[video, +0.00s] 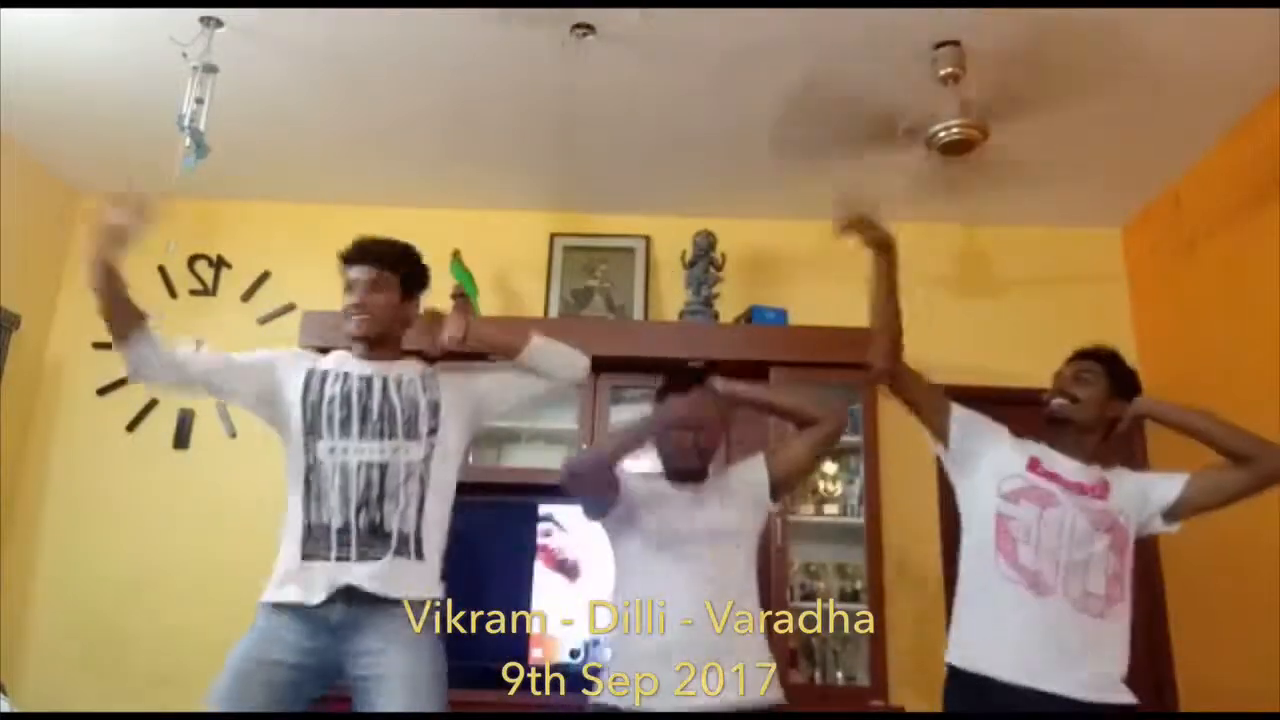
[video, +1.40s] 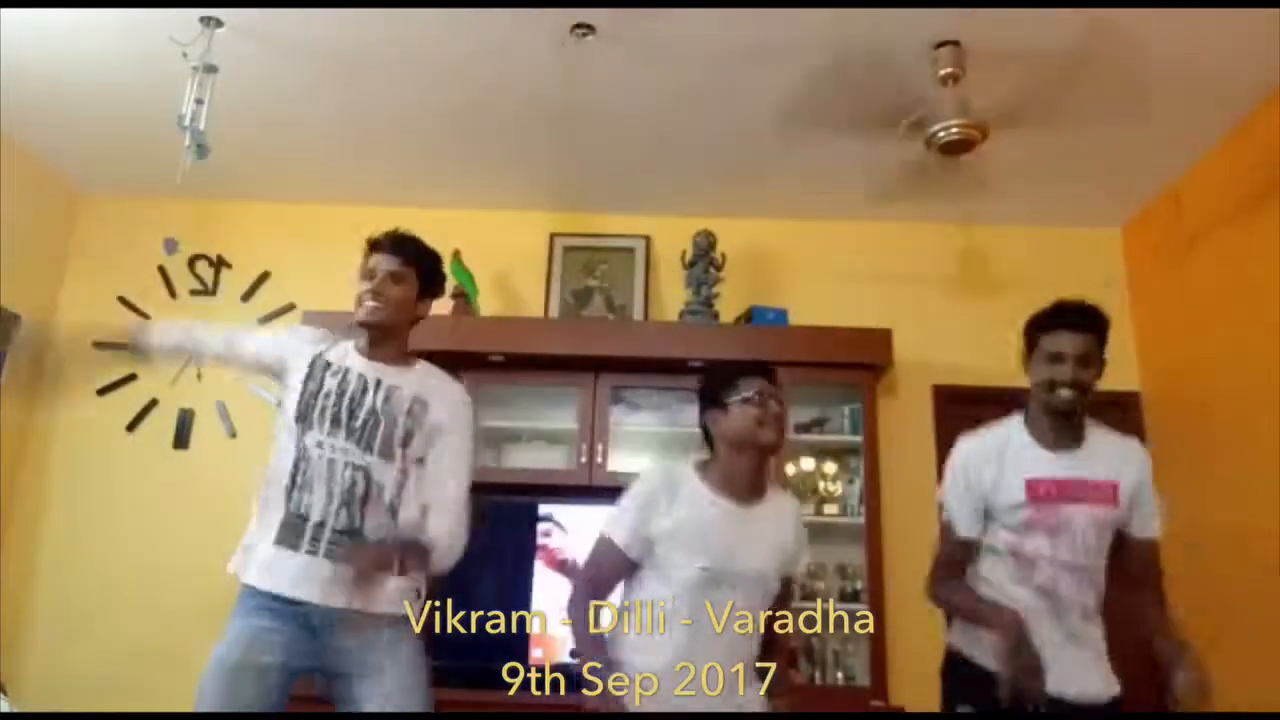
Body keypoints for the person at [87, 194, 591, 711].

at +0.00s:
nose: (356, 299)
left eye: (373, 287)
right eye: (349, 288)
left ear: (411, 304)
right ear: (340, 299)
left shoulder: (454, 389)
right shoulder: (295, 374)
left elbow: (575, 370)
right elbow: (154, 362)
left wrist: (481, 334)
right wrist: (104, 265)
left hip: (400, 616)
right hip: (297, 609)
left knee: (410, 710)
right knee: (226, 707)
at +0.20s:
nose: (355, 316)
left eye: (375, 313)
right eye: (359, 309)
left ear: (412, 347)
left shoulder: (445, 420)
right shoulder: (293, 399)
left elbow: (567, 393)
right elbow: (167, 340)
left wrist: (478, 335)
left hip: (380, 660)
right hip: (273, 651)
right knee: (211, 710)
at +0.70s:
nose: (370, 318)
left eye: (390, 312)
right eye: (378, 309)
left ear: (427, 341)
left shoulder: (456, 422)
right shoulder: (314, 380)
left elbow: (565, 386)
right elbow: (229, 322)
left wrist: (478, 328)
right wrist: (214, 278)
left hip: (363, 650)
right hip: (255, 634)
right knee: (195, 703)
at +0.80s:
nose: (365, 303)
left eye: (385, 297)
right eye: (371, 293)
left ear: (421, 325)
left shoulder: (453, 407)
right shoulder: (316, 361)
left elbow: (563, 374)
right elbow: (215, 288)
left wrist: (471, 318)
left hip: (351, 603)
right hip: (251, 584)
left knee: (361, 704)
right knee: (195, 702)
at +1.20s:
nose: (348, 290)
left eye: (366, 282)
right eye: (354, 280)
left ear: (409, 309)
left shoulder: (438, 396)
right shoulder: (302, 349)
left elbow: (546, 433)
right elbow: (215, 291)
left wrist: (458, 357)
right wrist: (153, 194)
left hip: (355, 605)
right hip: (255, 588)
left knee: (359, 703)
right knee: (202, 703)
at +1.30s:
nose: (361, 289)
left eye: (382, 282)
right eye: (359, 277)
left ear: (418, 305)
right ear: (351, 286)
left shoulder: (441, 391)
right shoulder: (307, 348)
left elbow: (476, 518)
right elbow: (206, 308)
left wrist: (422, 458)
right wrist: (96, 239)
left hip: (370, 608)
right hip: (266, 591)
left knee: (375, 705)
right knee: (220, 702)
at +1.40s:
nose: (373, 287)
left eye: (393, 279)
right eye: (367, 275)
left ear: (423, 305)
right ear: (355, 286)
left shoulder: (445, 401)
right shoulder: (306, 350)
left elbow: (446, 537)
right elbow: (220, 341)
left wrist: (399, 553)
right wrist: (145, 335)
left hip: (376, 619)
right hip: (272, 604)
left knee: (400, 704)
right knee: (218, 705)